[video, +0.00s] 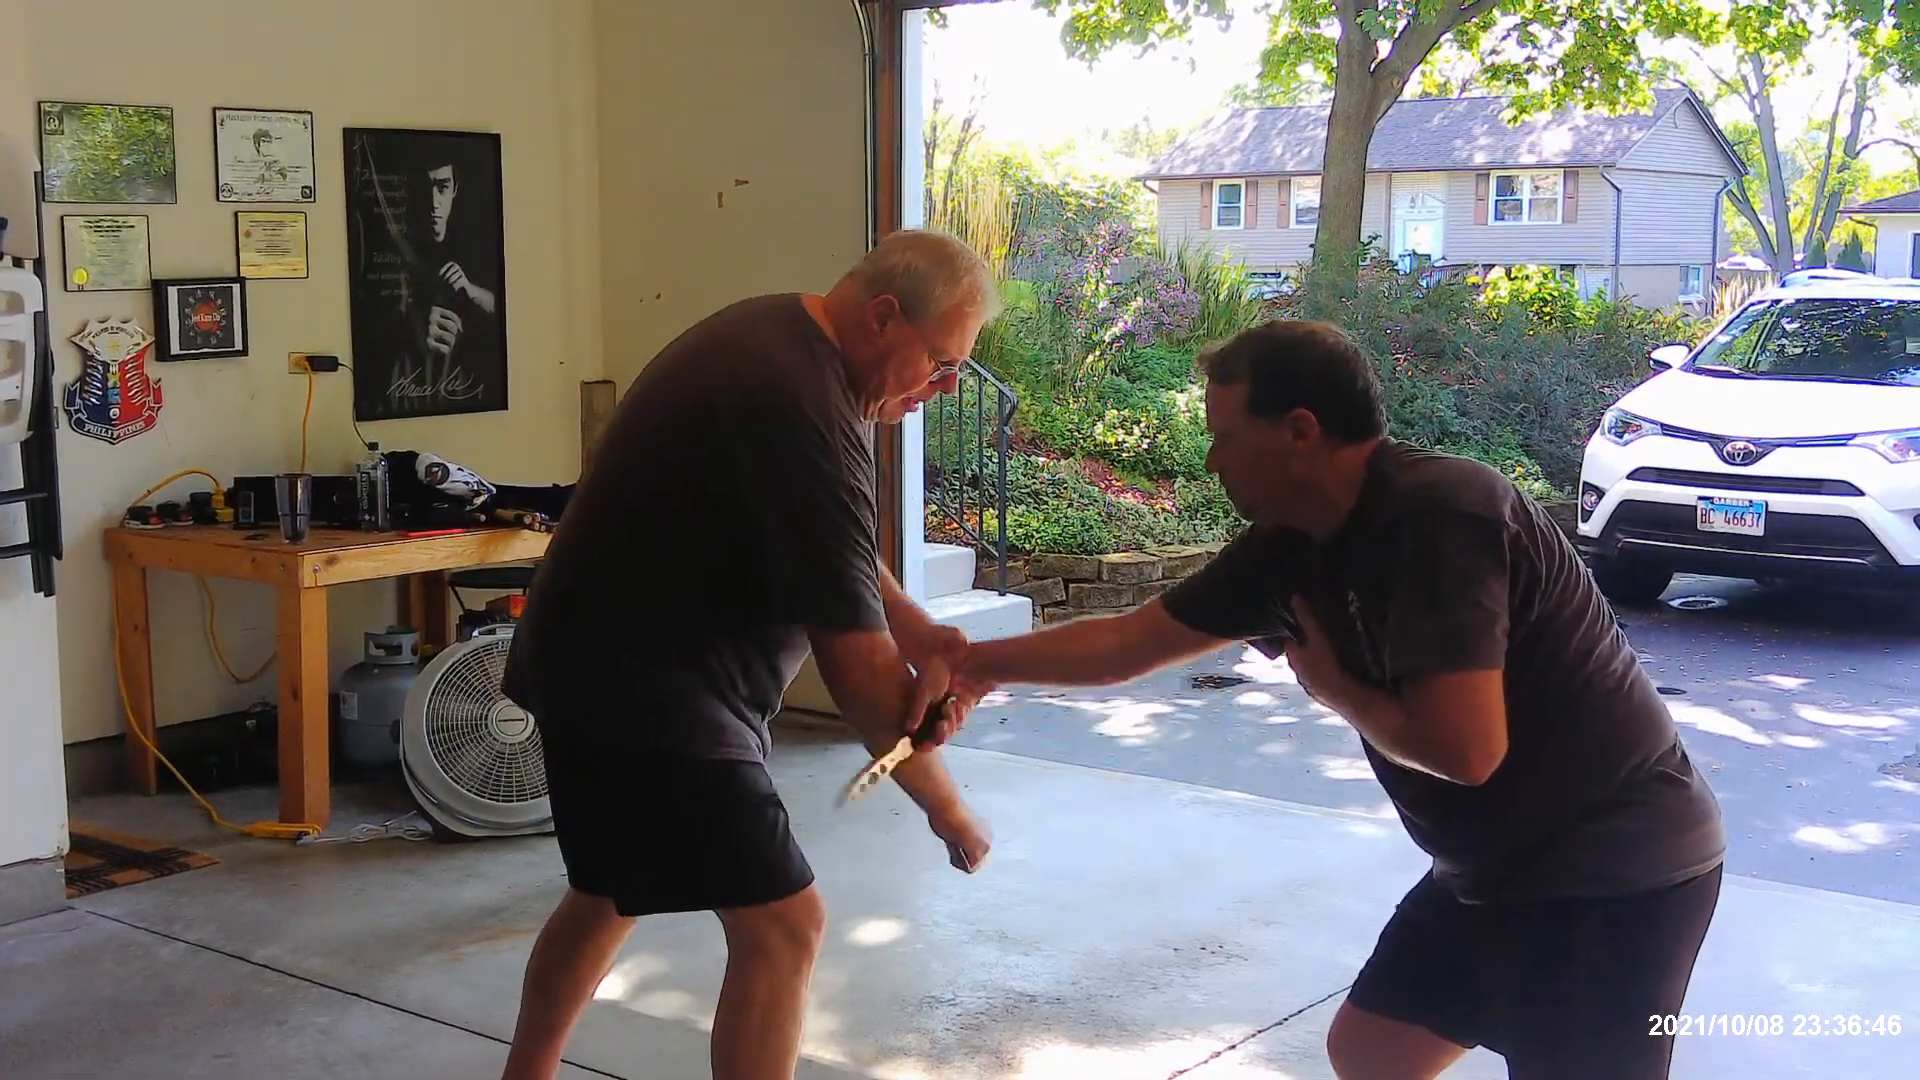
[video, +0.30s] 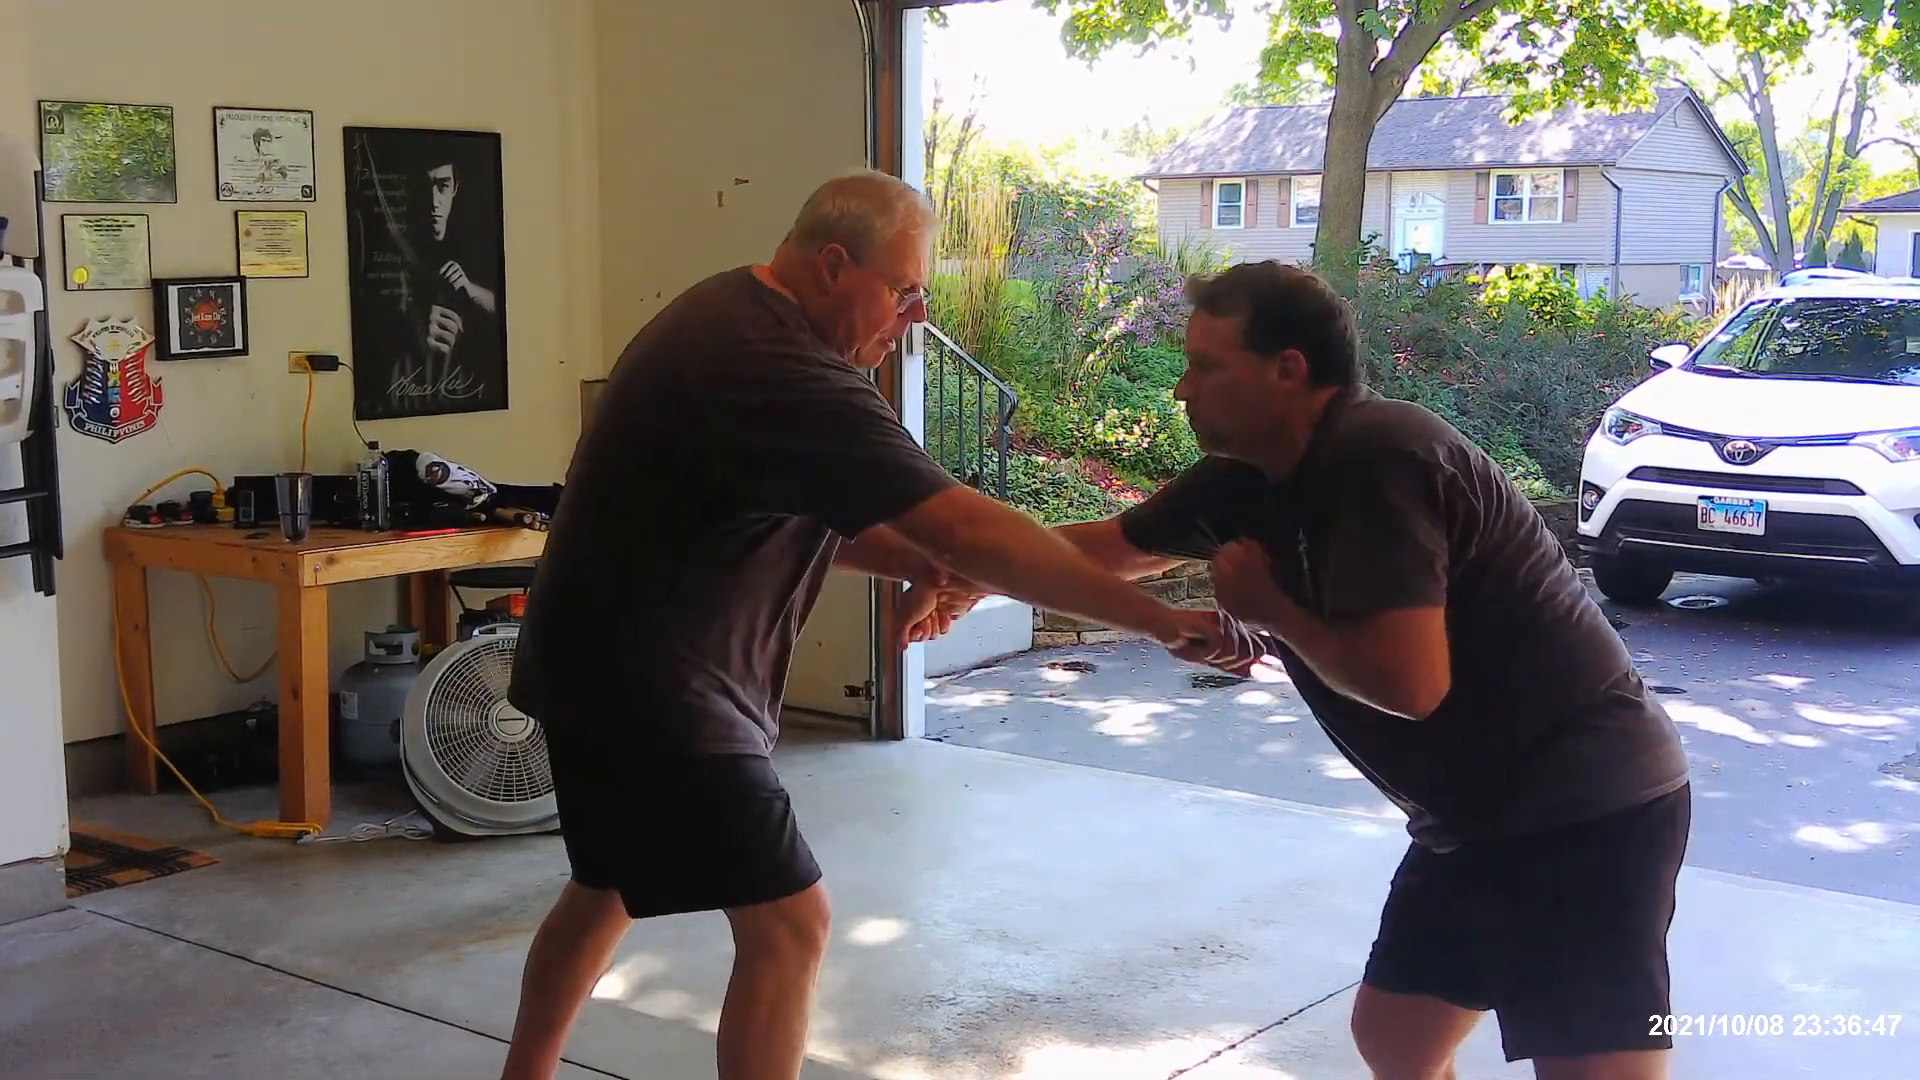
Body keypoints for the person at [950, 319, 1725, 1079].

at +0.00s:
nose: (1213, 458)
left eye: (1224, 434)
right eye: (1212, 435)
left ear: (1301, 434)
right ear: (1300, 437)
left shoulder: (1445, 517)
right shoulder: (1289, 542)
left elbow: (1469, 748)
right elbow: (1134, 639)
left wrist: (1338, 691)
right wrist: (976, 659)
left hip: (1625, 865)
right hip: (1491, 865)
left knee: (1585, 1069)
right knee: (1371, 1050)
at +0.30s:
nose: (1187, 389)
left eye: (1206, 366)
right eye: (1187, 366)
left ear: (1290, 371)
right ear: (1267, 375)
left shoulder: (1379, 455)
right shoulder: (1245, 479)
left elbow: (1411, 682)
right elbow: (1112, 547)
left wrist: (1275, 608)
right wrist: (979, 570)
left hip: (1593, 798)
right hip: (1472, 809)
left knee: (1596, 1062)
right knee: (1395, 1035)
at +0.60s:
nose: (1146, 436)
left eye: (1164, 411)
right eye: (1140, 415)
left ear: (1254, 401)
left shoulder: (1371, 474)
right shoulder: (1195, 519)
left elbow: (1407, 670)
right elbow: (1069, 585)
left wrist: (1239, 607)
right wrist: (947, 601)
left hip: (1565, 813)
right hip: (1423, 831)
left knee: (1594, 1065)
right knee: (1323, 1049)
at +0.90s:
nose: (1156, 393)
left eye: (1177, 367)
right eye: (1149, 372)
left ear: (1264, 359)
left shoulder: (1379, 435)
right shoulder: (1181, 487)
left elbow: (1417, 626)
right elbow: (1046, 560)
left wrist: (1250, 568)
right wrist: (932, 594)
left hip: (1532, 797)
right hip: (1388, 821)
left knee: (1556, 1065)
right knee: (1304, 1045)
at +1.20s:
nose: (1202, 333)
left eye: (1228, 309)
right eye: (1200, 310)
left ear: (1317, 314)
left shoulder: (1405, 410)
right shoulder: (1220, 454)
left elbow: (1403, 594)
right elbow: (1113, 560)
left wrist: (1261, 536)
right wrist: (991, 627)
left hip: (1511, 804)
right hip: (1367, 818)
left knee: (1539, 1061)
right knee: (1317, 1050)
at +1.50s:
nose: (1249, 328)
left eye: (1276, 303)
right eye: (1242, 306)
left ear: (1359, 306)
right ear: (1234, 310)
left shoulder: (1433, 406)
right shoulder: (1248, 437)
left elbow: (1408, 581)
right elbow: (1141, 533)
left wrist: (1269, 521)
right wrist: (1030, 588)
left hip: (1489, 815)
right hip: (1349, 823)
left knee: (1517, 1062)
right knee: (1310, 1055)